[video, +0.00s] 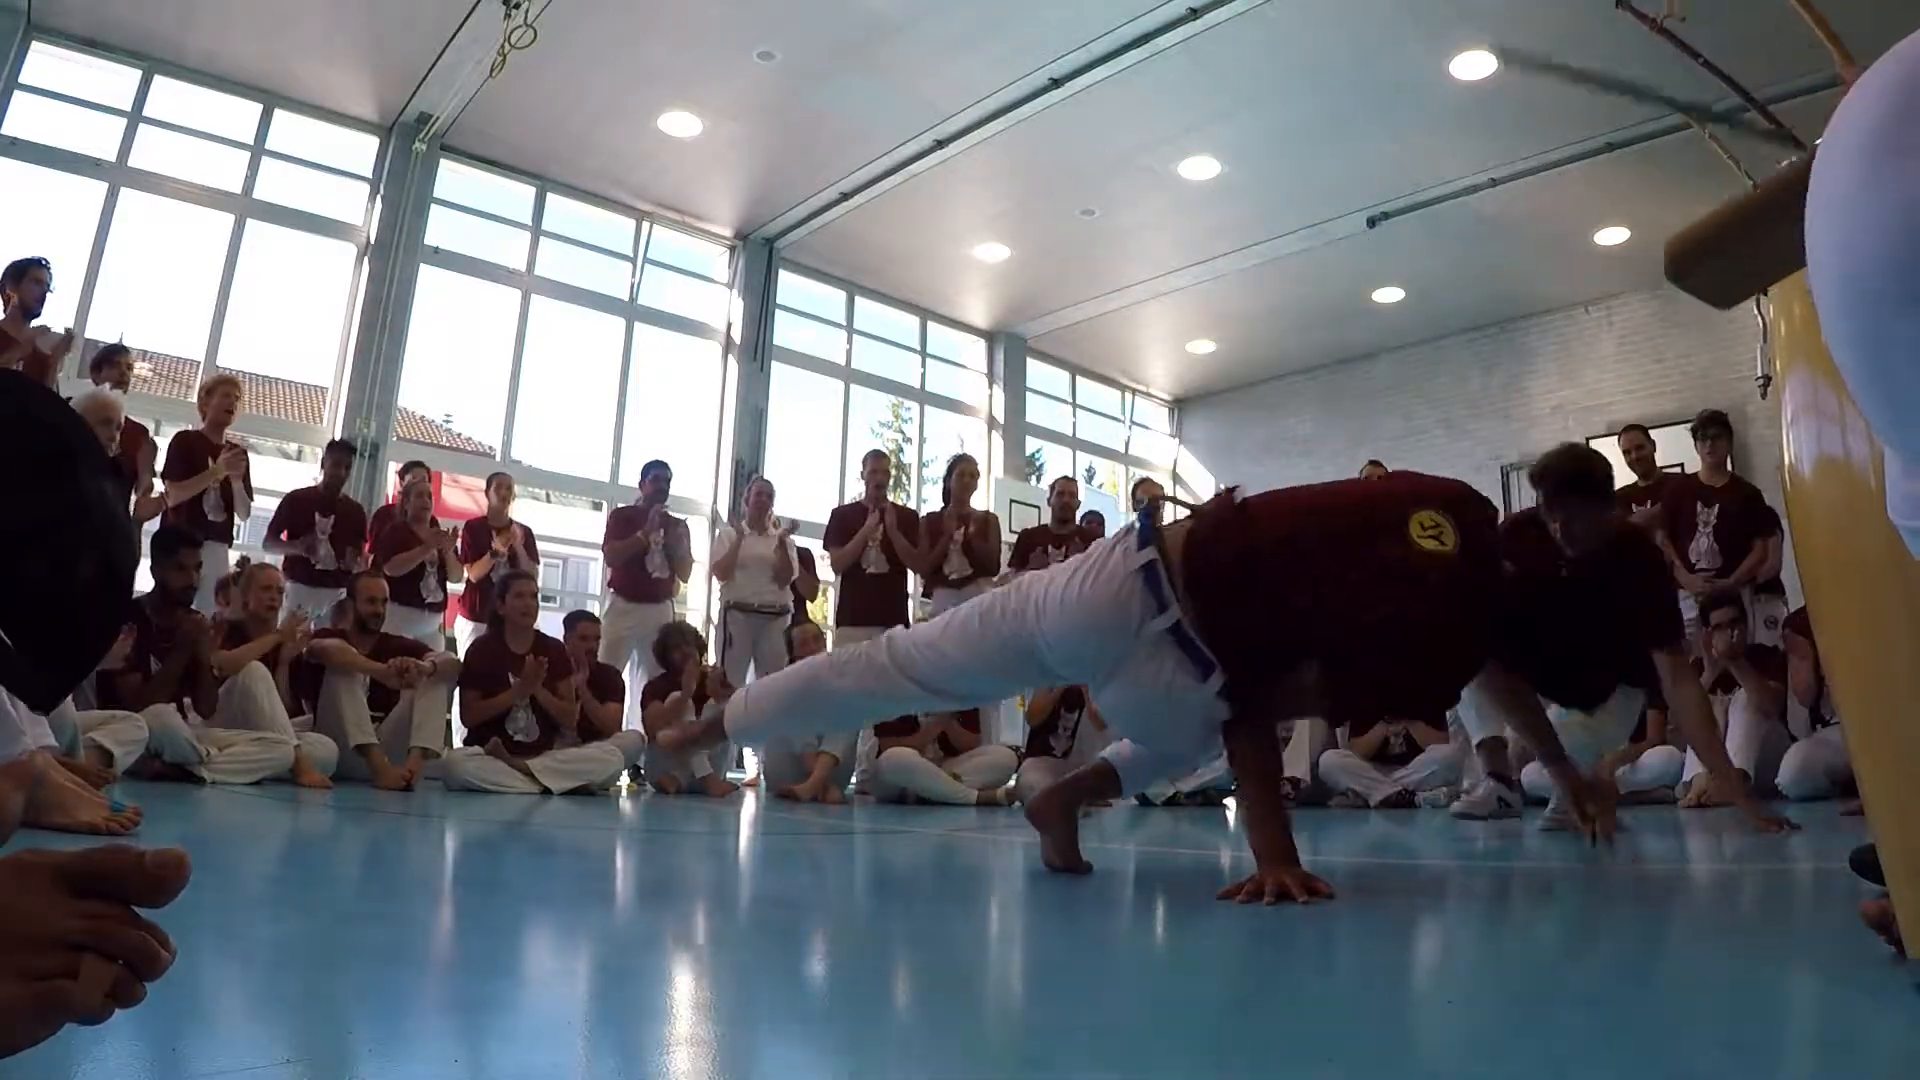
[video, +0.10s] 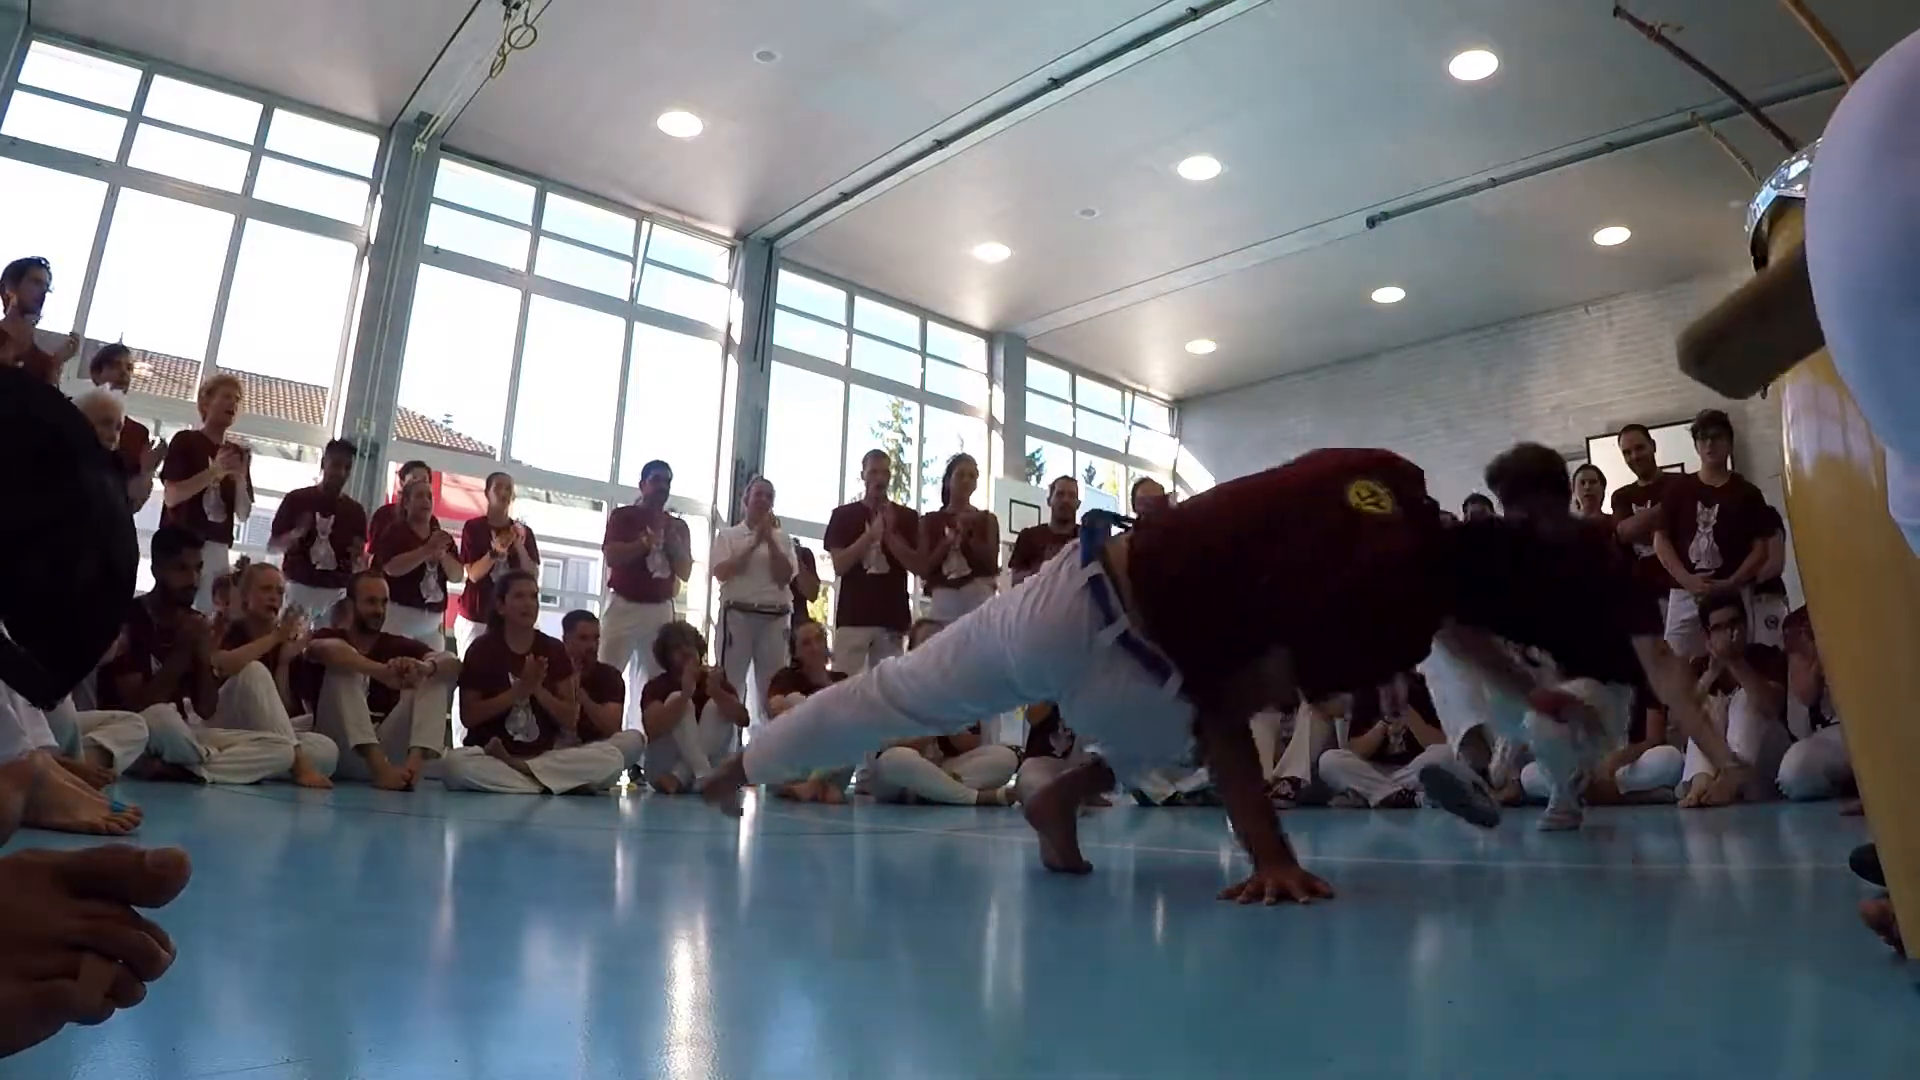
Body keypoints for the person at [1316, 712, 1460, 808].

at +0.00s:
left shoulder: (1426, 703)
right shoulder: (1364, 708)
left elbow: (1444, 743)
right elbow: (1358, 753)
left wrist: (1410, 723)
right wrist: (1383, 726)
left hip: (1420, 769)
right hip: (1372, 769)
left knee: (1447, 755)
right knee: (1328, 761)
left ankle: (1369, 797)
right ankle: (1409, 799)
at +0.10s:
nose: (1392, 692)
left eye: (1397, 684)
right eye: (1385, 685)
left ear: (1408, 682)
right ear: (1377, 688)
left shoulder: (1422, 694)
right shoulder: (1366, 698)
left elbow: (1441, 746)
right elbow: (1356, 751)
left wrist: (1408, 714)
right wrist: (1382, 726)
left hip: (1413, 767)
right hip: (1372, 769)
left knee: (1442, 754)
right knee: (1329, 761)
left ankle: (1372, 796)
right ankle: (1393, 794)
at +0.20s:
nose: (1391, 647)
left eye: (1398, 641)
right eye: (1384, 642)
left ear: (1408, 648)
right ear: (1375, 652)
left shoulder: (1423, 689)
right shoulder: (1364, 696)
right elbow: (1357, 747)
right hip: (1377, 768)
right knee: (1329, 759)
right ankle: (1390, 795)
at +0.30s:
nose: (1390, 646)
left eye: (1397, 640)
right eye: (1383, 642)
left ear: (1408, 649)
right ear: (1374, 652)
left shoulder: (1430, 690)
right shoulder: (1361, 697)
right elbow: (1355, 746)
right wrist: (1383, 730)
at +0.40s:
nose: (1390, 646)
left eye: (1397, 641)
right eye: (1383, 641)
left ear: (1408, 648)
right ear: (1374, 652)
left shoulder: (1427, 687)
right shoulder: (1362, 697)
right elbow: (1354, 749)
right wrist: (1383, 721)